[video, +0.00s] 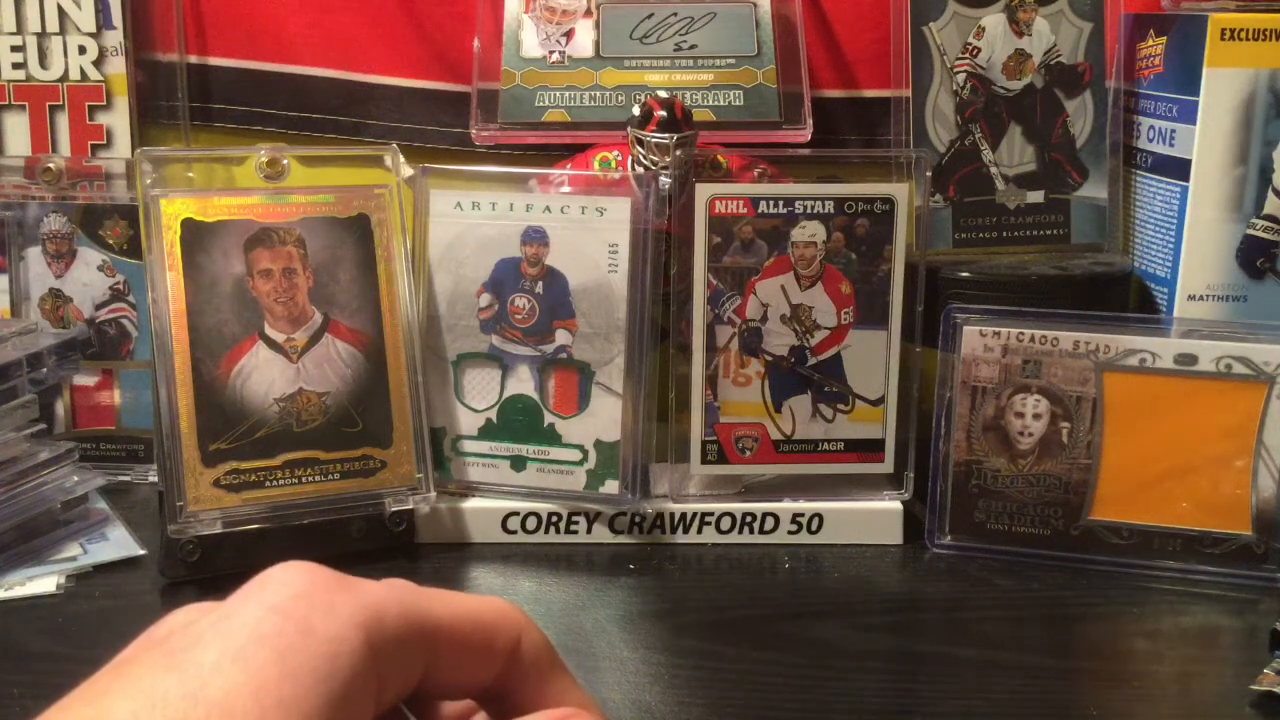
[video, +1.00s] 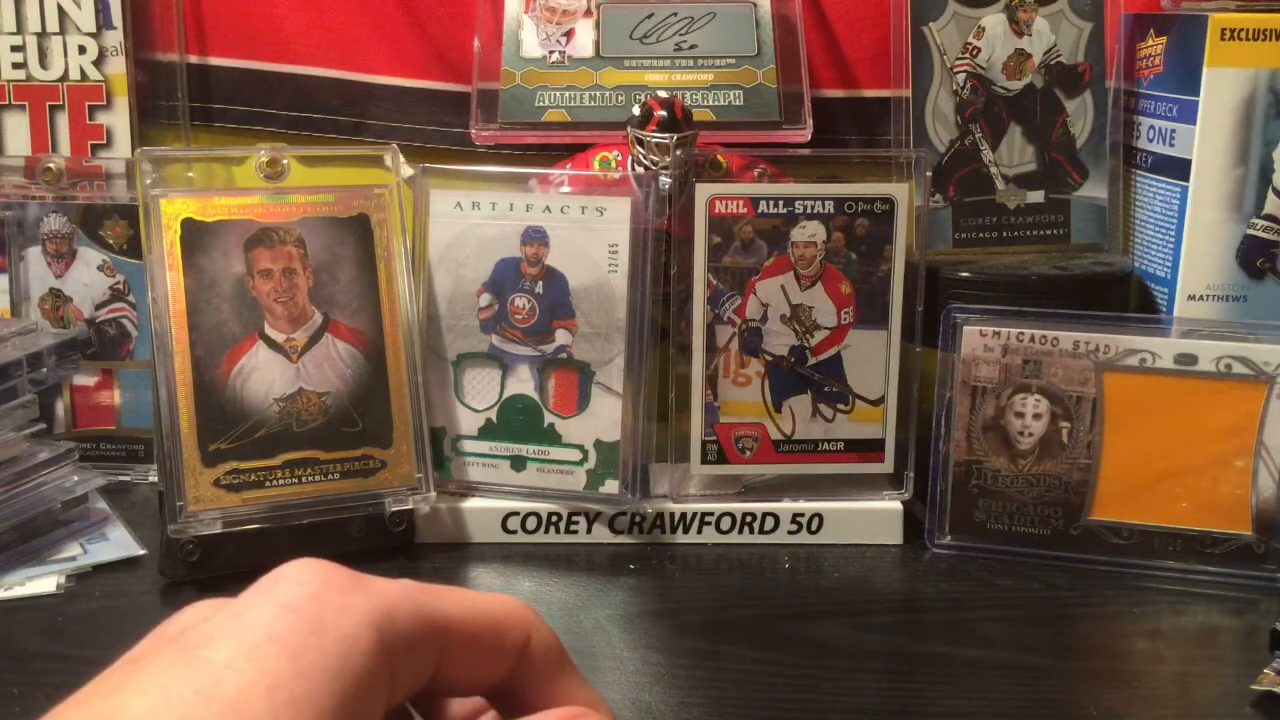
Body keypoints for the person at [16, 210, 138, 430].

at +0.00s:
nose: (57, 247)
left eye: (63, 241)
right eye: (51, 241)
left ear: (72, 240)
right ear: (43, 242)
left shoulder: (96, 264)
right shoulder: (28, 261)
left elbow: (121, 306)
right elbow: (14, 309)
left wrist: (107, 335)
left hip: (88, 369)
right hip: (40, 366)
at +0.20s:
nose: (57, 247)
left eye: (62, 240)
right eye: (51, 241)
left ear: (72, 240)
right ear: (43, 243)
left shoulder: (96, 264)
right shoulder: (28, 260)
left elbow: (120, 302)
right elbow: (16, 308)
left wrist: (109, 333)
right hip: (41, 362)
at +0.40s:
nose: (57, 247)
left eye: (62, 240)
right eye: (51, 241)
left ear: (72, 240)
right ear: (43, 243)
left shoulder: (96, 264)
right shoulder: (28, 260)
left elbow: (120, 302)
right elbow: (15, 307)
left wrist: (109, 333)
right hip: (40, 361)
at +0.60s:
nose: (56, 246)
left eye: (62, 240)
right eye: (51, 241)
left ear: (72, 240)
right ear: (43, 242)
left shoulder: (96, 264)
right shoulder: (28, 260)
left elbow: (121, 304)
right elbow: (15, 308)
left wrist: (106, 334)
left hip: (88, 366)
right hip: (40, 362)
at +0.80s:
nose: (57, 246)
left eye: (62, 240)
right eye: (51, 241)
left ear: (72, 240)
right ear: (43, 242)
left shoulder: (96, 264)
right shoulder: (27, 261)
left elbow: (121, 305)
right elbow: (16, 309)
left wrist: (106, 334)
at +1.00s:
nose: (56, 246)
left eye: (62, 240)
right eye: (51, 241)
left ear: (72, 240)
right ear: (43, 242)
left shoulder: (96, 264)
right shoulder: (27, 261)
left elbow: (121, 307)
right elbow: (15, 308)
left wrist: (105, 335)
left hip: (88, 366)